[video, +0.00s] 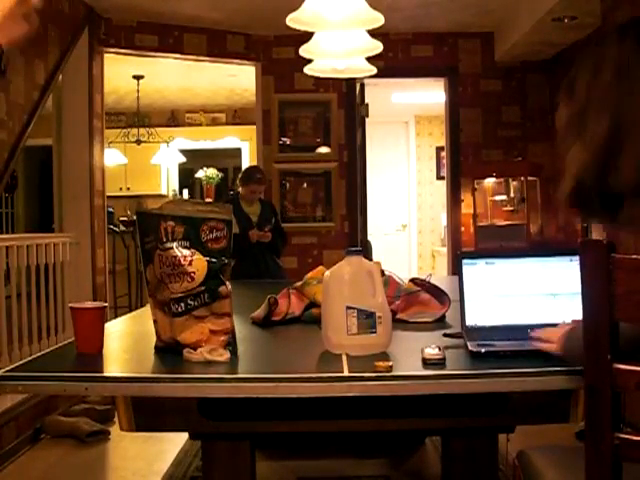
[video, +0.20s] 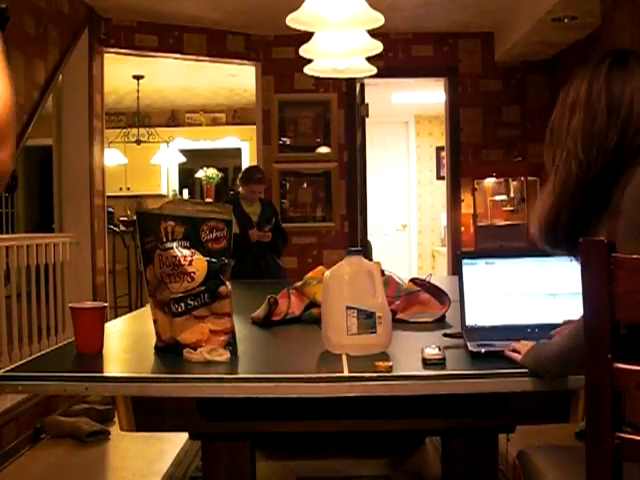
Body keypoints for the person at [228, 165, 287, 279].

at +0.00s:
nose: (256, 197)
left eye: (260, 193)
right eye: (252, 192)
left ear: (264, 189)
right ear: (241, 187)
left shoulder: (268, 207)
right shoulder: (230, 206)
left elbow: (282, 238)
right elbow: (226, 242)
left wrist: (271, 237)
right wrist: (248, 237)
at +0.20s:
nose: (256, 197)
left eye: (260, 192)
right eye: (252, 192)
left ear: (264, 190)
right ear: (241, 187)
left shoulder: (268, 206)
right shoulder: (230, 206)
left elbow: (282, 237)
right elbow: (227, 241)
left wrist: (270, 237)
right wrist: (248, 237)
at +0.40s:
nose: (256, 197)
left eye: (260, 193)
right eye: (252, 192)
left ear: (264, 190)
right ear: (241, 187)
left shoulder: (268, 206)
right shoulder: (230, 206)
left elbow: (283, 238)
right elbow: (226, 241)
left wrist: (271, 237)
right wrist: (248, 237)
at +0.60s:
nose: (256, 197)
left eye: (260, 193)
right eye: (252, 192)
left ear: (264, 190)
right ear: (241, 186)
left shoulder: (268, 207)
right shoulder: (230, 206)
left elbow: (283, 239)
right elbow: (226, 242)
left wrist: (270, 239)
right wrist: (247, 238)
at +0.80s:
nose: (256, 197)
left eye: (260, 193)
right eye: (252, 192)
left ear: (264, 189)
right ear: (241, 187)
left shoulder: (268, 207)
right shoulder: (230, 206)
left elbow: (283, 238)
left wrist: (270, 239)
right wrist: (247, 238)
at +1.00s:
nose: (256, 197)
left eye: (260, 193)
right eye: (251, 193)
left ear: (264, 189)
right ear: (241, 187)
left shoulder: (267, 206)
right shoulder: (230, 206)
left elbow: (282, 237)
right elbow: (225, 241)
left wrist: (270, 238)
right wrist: (247, 238)